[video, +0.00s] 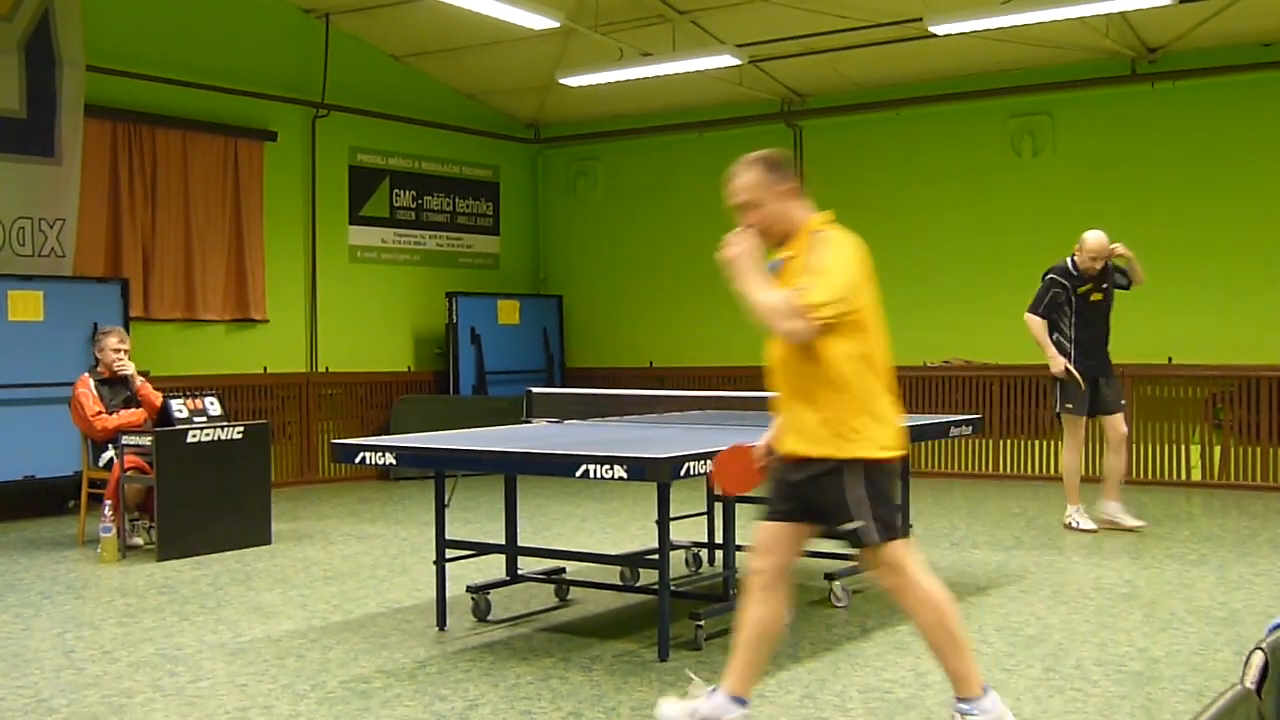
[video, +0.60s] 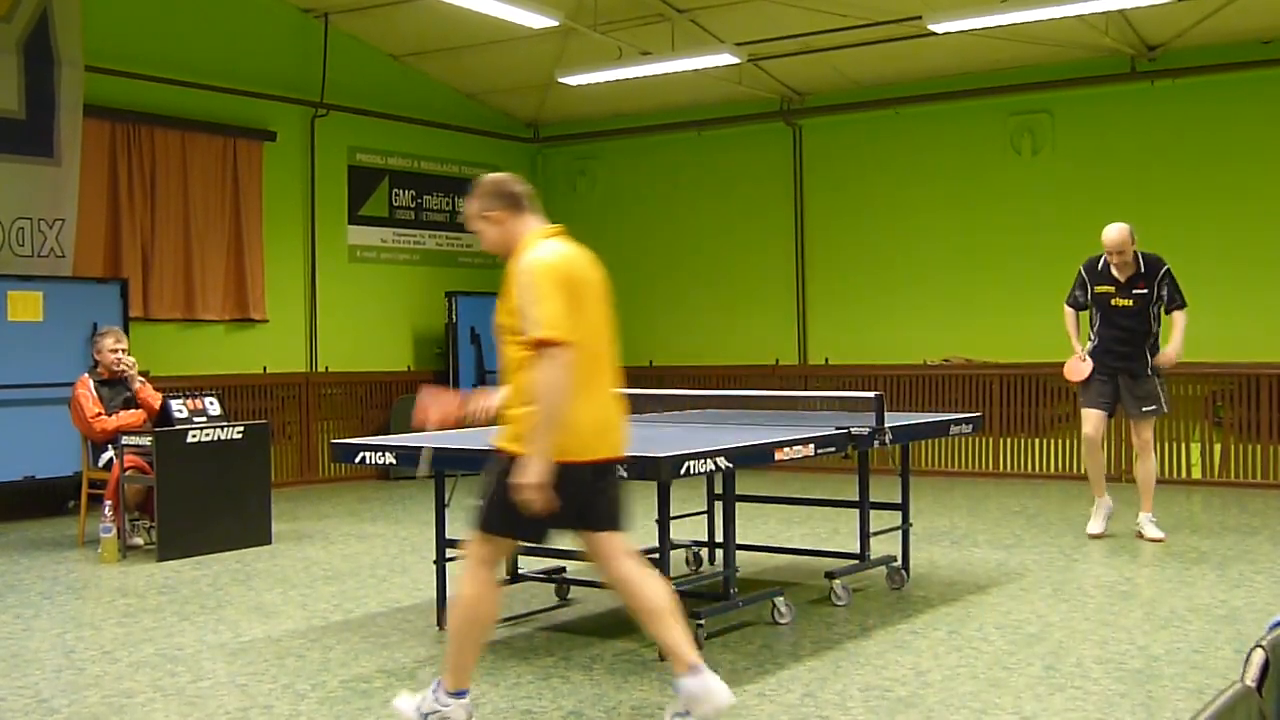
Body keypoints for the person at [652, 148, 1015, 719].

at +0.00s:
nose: (745, 220)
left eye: (750, 205)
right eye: (739, 210)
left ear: (788, 191)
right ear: (755, 205)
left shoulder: (835, 246)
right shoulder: (789, 257)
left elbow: (795, 321)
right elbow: (819, 366)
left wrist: (745, 270)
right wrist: (784, 427)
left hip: (857, 442)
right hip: (805, 443)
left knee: (897, 569)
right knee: (767, 566)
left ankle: (978, 702)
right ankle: (730, 700)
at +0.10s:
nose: (680, 234)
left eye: (682, 218)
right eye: (675, 222)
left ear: (715, 199)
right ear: (712, 204)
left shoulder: (766, 247)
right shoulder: (736, 255)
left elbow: (746, 331)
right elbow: (754, 358)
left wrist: (679, 350)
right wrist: (728, 444)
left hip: (786, 441)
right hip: (749, 443)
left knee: (786, 572)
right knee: (711, 558)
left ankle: (922, 672)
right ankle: (719, 702)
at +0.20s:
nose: (648, 231)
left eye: (649, 216)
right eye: (643, 219)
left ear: (679, 198)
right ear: (678, 202)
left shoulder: (729, 243)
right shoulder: (709, 248)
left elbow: (712, 342)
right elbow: (719, 348)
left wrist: (655, 414)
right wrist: (687, 437)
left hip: (740, 437)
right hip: (717, 436)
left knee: (707, 564)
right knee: (698, 563)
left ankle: (849, 660)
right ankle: (717, 700)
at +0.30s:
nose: (600, 227)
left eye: (600, 212)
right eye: (595, 214)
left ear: (627, 196)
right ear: (632, 196)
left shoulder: (674, 241)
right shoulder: (679, 239)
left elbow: (682, 341)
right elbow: (680, 348)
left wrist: (640, 432)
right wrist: (625, 410)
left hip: (678, 433)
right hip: (700, 432)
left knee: (611, 547)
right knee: (690, 561)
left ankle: (692, 675)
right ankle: (715, 689)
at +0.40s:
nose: (566, 227)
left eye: (566, 213)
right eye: (562, 215)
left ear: (591, 198)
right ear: (598, 197)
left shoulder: (637, 244)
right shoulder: (650, 241)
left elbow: (654, 339)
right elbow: (655, 355)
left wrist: (623, 438)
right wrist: (585, 389)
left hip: (639, 434)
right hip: (678, 434)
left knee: (568, 547)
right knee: (681, 554)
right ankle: (715, 692)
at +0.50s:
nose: (514, 235)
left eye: (513, 221)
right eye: (510, 223)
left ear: (538, 209)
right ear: (552, 207)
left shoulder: (576, 255)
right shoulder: (611, 251)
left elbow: (600, 351)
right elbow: (613, 360)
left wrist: (584, 449)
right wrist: (533, 377)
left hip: (580, 449)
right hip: (634, 446)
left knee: (521, 566)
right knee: (658, 562)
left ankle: (466, 686)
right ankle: (709, 687)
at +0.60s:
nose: (479, 241)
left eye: (478, 228)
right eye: (475, 230)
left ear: (502, 216)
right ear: (522, 211)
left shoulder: (538, 262)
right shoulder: (575, 256)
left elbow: (554, 359)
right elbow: (570, 362)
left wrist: (539, 456)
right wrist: (500, 398)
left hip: (540, 449)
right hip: (593, 447)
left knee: (481, 556)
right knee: (616, 555)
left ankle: (451, 693)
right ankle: (696, 677)